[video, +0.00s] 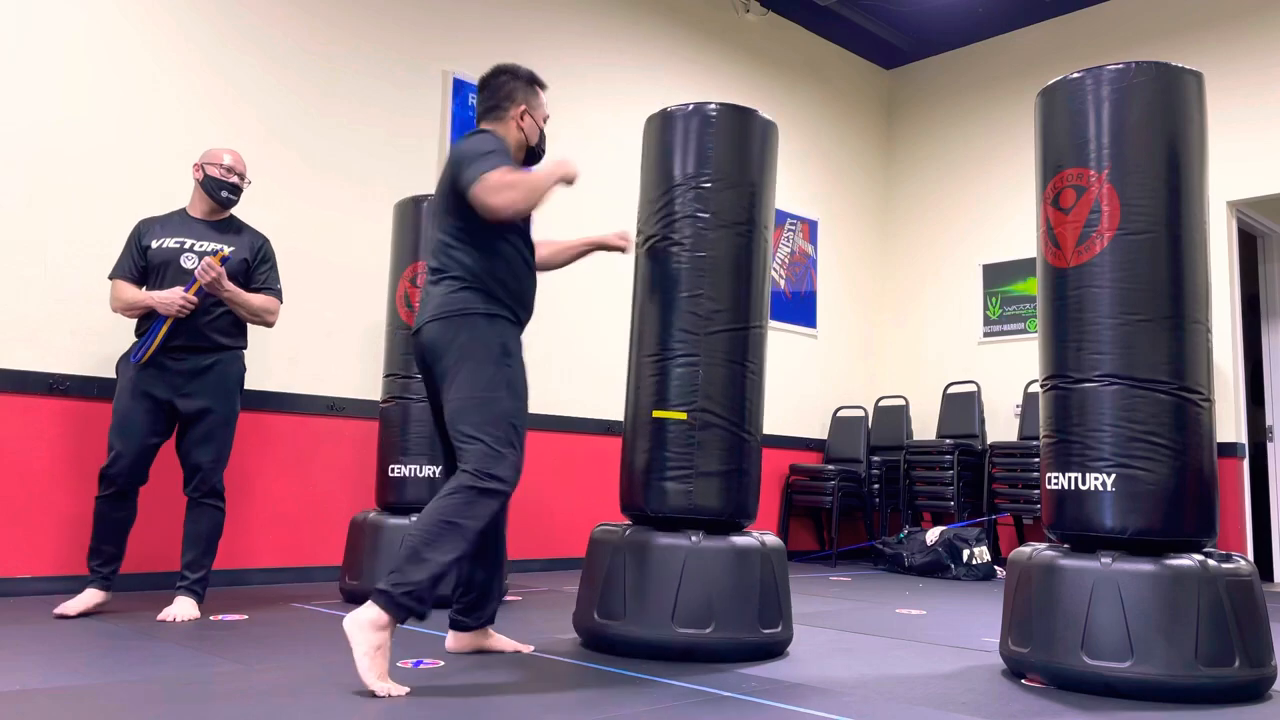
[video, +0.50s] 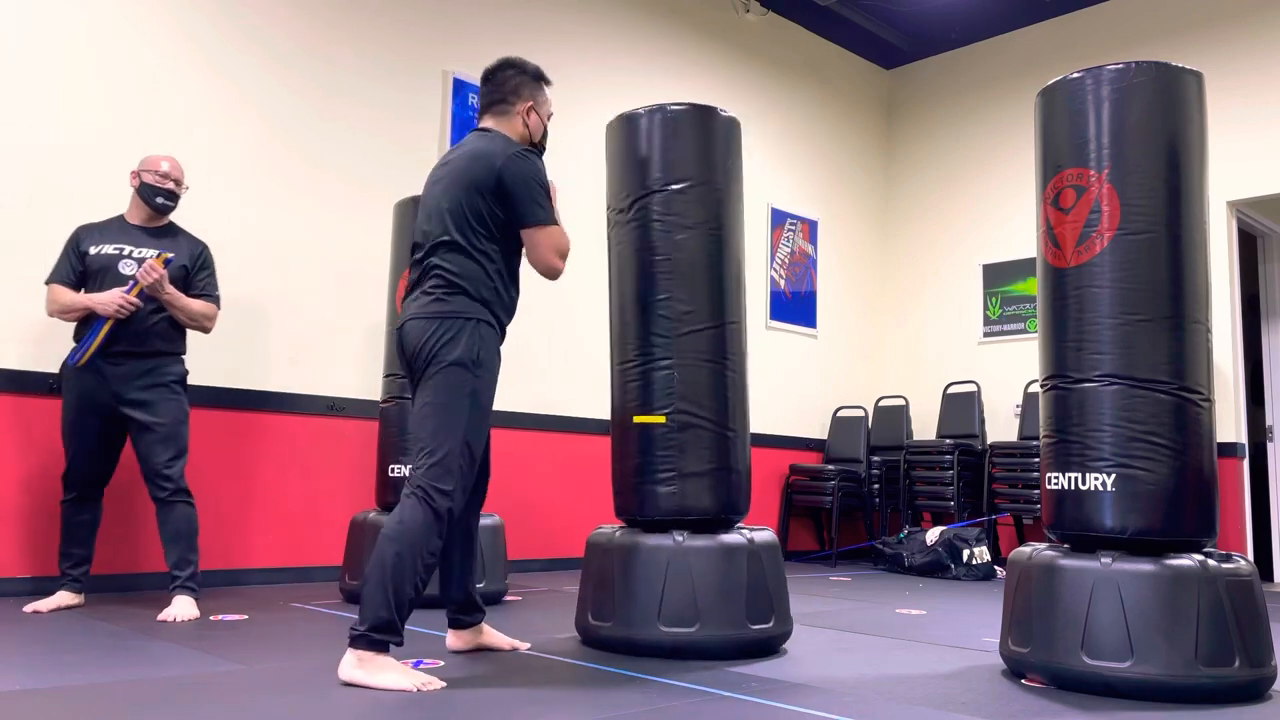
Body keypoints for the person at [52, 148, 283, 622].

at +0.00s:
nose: (231, 179)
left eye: (239, 176)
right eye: (222, 168)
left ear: (244, 189)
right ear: (197, 172)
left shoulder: (253, 244)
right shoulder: (150, 230)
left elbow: (269, 313)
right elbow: (119, 298)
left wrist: (227, 290)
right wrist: (156, 299)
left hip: (214, 377)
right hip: (148, 371)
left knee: (205, 483)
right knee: (119, 472)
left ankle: (189, 593)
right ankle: (99, 584)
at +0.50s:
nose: (168, 185)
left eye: (176, 182)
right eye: (159, 176)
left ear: (182, 194)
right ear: (133, 180)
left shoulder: (193, 250)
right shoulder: (88, 237)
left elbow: (207, 320)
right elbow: (56, 301)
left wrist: (166, 291)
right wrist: (93, 301)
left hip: (158, 382)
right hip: (91, 379)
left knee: (169, 483)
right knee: (80, 484)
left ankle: (184, 592)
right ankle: (71, 587)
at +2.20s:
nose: (83, 179)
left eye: (90, 173)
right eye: (74, 169)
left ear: (96, 181)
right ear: (44, 173)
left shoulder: (110, 239)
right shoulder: (8, 233)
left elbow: (130, 309)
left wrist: (73, 285)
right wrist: (4, 296)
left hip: (75, 363)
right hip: (17, 365)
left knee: (30, 465)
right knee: (46, 474)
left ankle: (3, 582)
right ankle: (70, 584)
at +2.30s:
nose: (64, 181)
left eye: (74, 174)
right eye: (55, 170)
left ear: (84, 178)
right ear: (33, 171)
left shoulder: (101, 239)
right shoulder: (4, 230)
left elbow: (122, 309)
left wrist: (61, 287)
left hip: (64, 360)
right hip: (9, 362)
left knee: (20, 462)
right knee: (39, 473)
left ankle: (1, 580)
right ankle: (69, 582)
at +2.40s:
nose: (39, 186)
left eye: (51, 179)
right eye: (31, 175)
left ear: (72, 179)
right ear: (19, 168)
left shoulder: (90, 236)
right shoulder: (3, 221)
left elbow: (114, 307)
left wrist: (47, 288)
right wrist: (5, 289)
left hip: (48, 358)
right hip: (4, 358)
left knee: (11, 467)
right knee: (29, 470)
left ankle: (1, 582)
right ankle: (67, 576)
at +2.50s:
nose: (16, 188)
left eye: (29, 182)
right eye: (12, 177)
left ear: (57, 177)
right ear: (6, 162)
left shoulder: (78, 234)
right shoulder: (1, 210)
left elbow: (107, 306)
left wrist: (33, 292)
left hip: (34, 360)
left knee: (7, 472)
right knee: (8, 469)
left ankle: (1, 588)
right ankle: (58, 566)